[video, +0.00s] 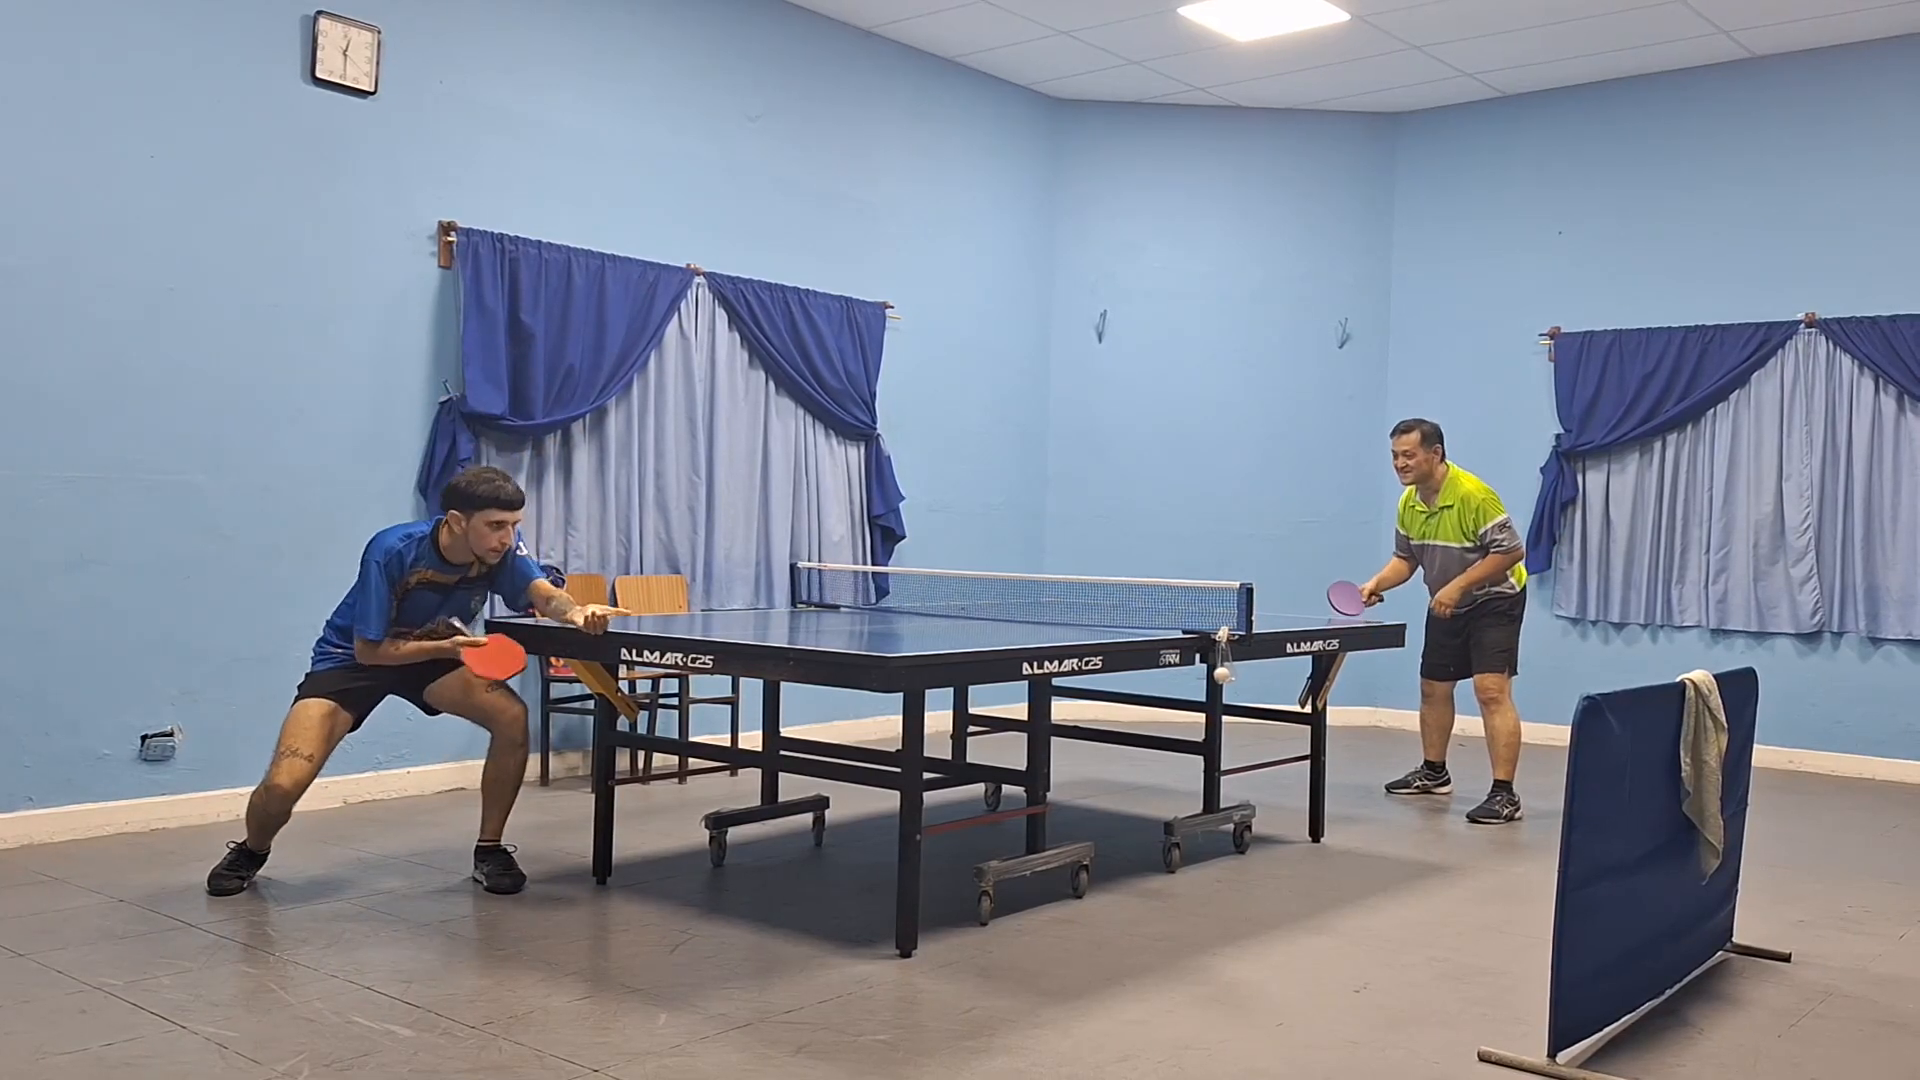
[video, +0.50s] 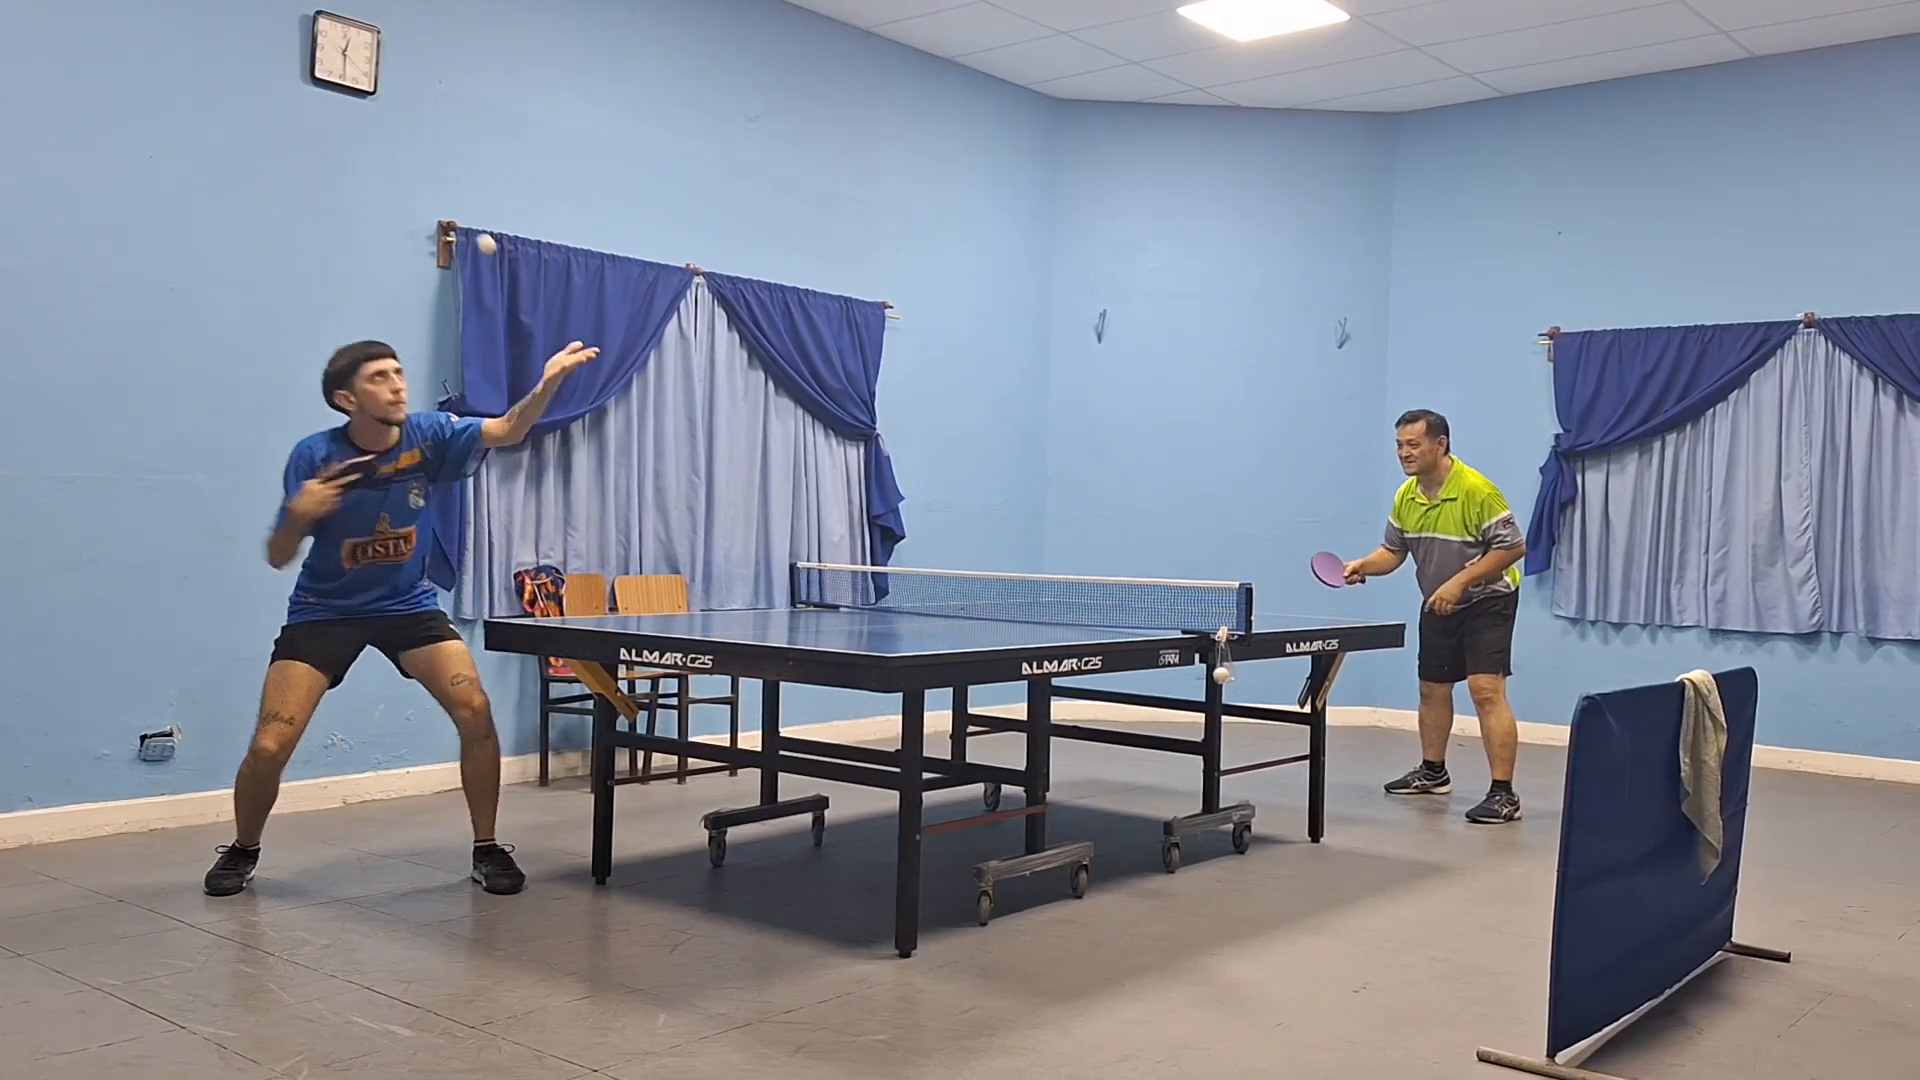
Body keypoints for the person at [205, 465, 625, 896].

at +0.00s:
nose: (507, 540)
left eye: (512, 528)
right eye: (496, 528)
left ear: (511, 526)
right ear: (455, 522)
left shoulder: (499, 556)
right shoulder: (391, 553)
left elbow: (542, 594)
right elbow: (368, 650)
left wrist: (574, 612)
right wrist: (445, 646)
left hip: (428, 660)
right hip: (351, 661)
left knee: (511, 716)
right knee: (282, 785)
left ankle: (490, 851)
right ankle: (251, 853)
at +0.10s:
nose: (499, 515)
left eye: (502, 503)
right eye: (487, 503)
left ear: (503, 502)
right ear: (445, 501)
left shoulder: (493, 536)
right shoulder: (382, 538)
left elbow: (534, 578)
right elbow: (361, 634)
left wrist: (567, 595)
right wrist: (436, 633)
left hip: (428, 651)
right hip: (350, 652)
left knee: (509, 716)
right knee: (282, 777)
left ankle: (490, 851)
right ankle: (248, 852)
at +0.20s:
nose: (478, 477)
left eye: (482, 465)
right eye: (465, 467)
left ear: (487, 466)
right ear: (425, 471)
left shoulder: (479, 507)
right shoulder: (369, 515)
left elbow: (515, 540)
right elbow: (358, 611)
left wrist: (560, 542)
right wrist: (428, 604)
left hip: (423, 640)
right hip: (345, 640)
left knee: (504, 713)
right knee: (282, 767)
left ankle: (488, 850)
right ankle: (247, 851)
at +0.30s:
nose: (455, 439)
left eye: (458, 428)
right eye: (439, 430)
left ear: (463, 432)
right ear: (401, 441)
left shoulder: (467, 477)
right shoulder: (357, 491)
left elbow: (520, 486)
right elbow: (353, 591)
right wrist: (416, 562)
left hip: (423, 623)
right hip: (342, 627)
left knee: (497, 712)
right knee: (280, 761)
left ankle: (488, 850)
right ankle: (245, 851)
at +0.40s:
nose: (428, 407)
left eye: (429, 397)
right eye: (412, 399)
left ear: (435, 404)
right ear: (374, 416)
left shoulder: (446, 446)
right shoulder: (337, 471)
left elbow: (511, 439)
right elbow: (330, 575)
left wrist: (541, 383)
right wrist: (376, 530)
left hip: (418, 611)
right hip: (336, 618)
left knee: (487, 709)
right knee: (276, 752)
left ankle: (488, 849)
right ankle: (244, 850)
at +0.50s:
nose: (396, 385)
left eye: (398, 375)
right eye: (379, 378)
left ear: (405, 385)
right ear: (345, 398)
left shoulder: (431, 433)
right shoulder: (314, 455)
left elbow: (509, 428)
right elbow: (278, 556)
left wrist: (548, 380)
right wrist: (298, 516)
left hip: (408, 604)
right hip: (324, 609)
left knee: (474, 708)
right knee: (268, 747)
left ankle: (487, 849)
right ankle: (243, 849)